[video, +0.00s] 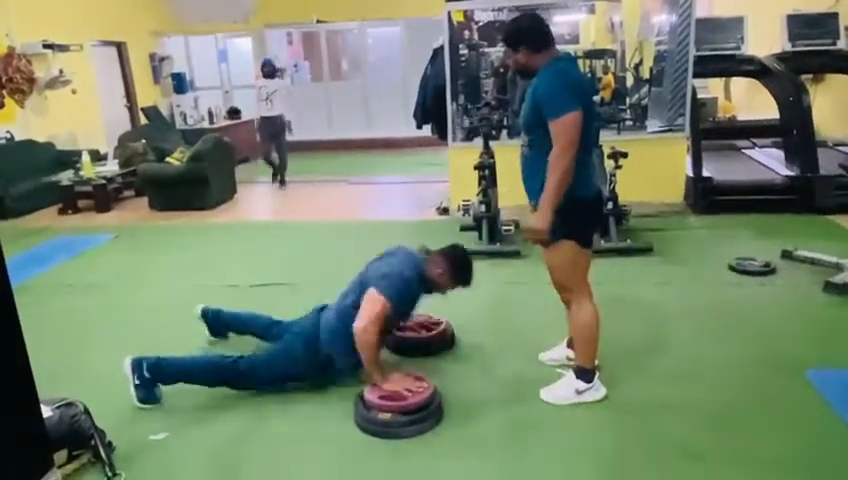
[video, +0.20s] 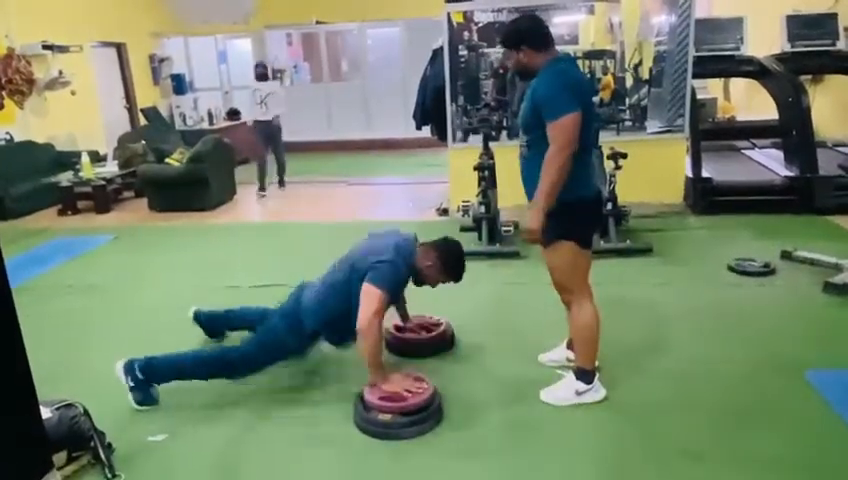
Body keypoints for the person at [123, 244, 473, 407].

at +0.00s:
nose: (447, 290)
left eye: (452, 287)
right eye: (449, 285)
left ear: (442, 259)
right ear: (441, 271)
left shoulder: (410, 258)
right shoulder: (401, 276)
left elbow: (372, 298)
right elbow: (365, 325)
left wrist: (398, 322)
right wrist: (380, 376)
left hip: (323, 320)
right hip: (319, 348)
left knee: (277, 329)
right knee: (241, 371)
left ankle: (218, 318)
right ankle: (148, 369)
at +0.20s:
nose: (437, 284)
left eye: (443, 281)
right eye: (440, 280)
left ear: (433, 252)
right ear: (432, 262)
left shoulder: (402, 243)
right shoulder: (388, 265)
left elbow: (395, 283)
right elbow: (369, 323)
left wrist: (403, 313)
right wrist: (380, 376)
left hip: (311, 295)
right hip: (305, 318)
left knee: (271, 321)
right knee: (236, 362)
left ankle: (212, 319)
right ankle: (142, 370)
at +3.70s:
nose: (460, 336)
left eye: (468, 335)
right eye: (464, 332)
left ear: (467, 306)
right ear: (460, 315)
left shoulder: (444, 281)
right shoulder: (422, 298)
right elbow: (370, 336)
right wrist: (390, 379)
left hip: (354, 248)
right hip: (330, 264)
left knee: (328, 306)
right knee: (300, 348)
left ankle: (269, 297)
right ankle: (212, 339)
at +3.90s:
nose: (468, 375)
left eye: (477, 374)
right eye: (474, 371)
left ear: (476, 342)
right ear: (472, 353)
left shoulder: (452, 312)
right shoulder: (440, 326)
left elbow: (411, 301)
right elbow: (385, 328)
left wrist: (414, 360)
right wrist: (389, 381)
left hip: (358, 294)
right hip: (341, 308)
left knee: (313, 324)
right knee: (275, 362)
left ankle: (253, 315)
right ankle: (176, 367)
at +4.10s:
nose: (481, 353)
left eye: (486, 349)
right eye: (483, 347)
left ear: (478, 323)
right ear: (474, 335)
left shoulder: (447, 300)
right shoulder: (434, 323)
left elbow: (409, 280)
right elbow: (380, 330)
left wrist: (402, 308)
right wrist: (389, 377)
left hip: (344, 309)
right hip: (332, 333)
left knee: (300, 326)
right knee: (261, 374)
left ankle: (240, 313)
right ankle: (164, 370)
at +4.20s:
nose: (479, 313)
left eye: (483, 309)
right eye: (481, 308)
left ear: (471, 282)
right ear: (473, 298)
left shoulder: (437, 276)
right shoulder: (429, 299)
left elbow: (396, 297)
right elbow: (374, 331)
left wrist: (429, 326)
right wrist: (388, 379)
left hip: (343, 311)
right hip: (334, 339)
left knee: (298, 329)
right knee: (262, 375)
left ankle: (238, 314)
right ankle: (161, 370)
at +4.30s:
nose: (460, 287)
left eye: (465, 282)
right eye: (462, 280)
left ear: (450, 259)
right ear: (452, 269)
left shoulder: (422, 260)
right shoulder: (408, 282)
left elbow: (393, 300)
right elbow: (371, 334)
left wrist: (414, 328)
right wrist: (388, 379)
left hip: (342, 323)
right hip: (335, 350)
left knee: (302, 334)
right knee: (268, 374)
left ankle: (238, 317)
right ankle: (166, 371)